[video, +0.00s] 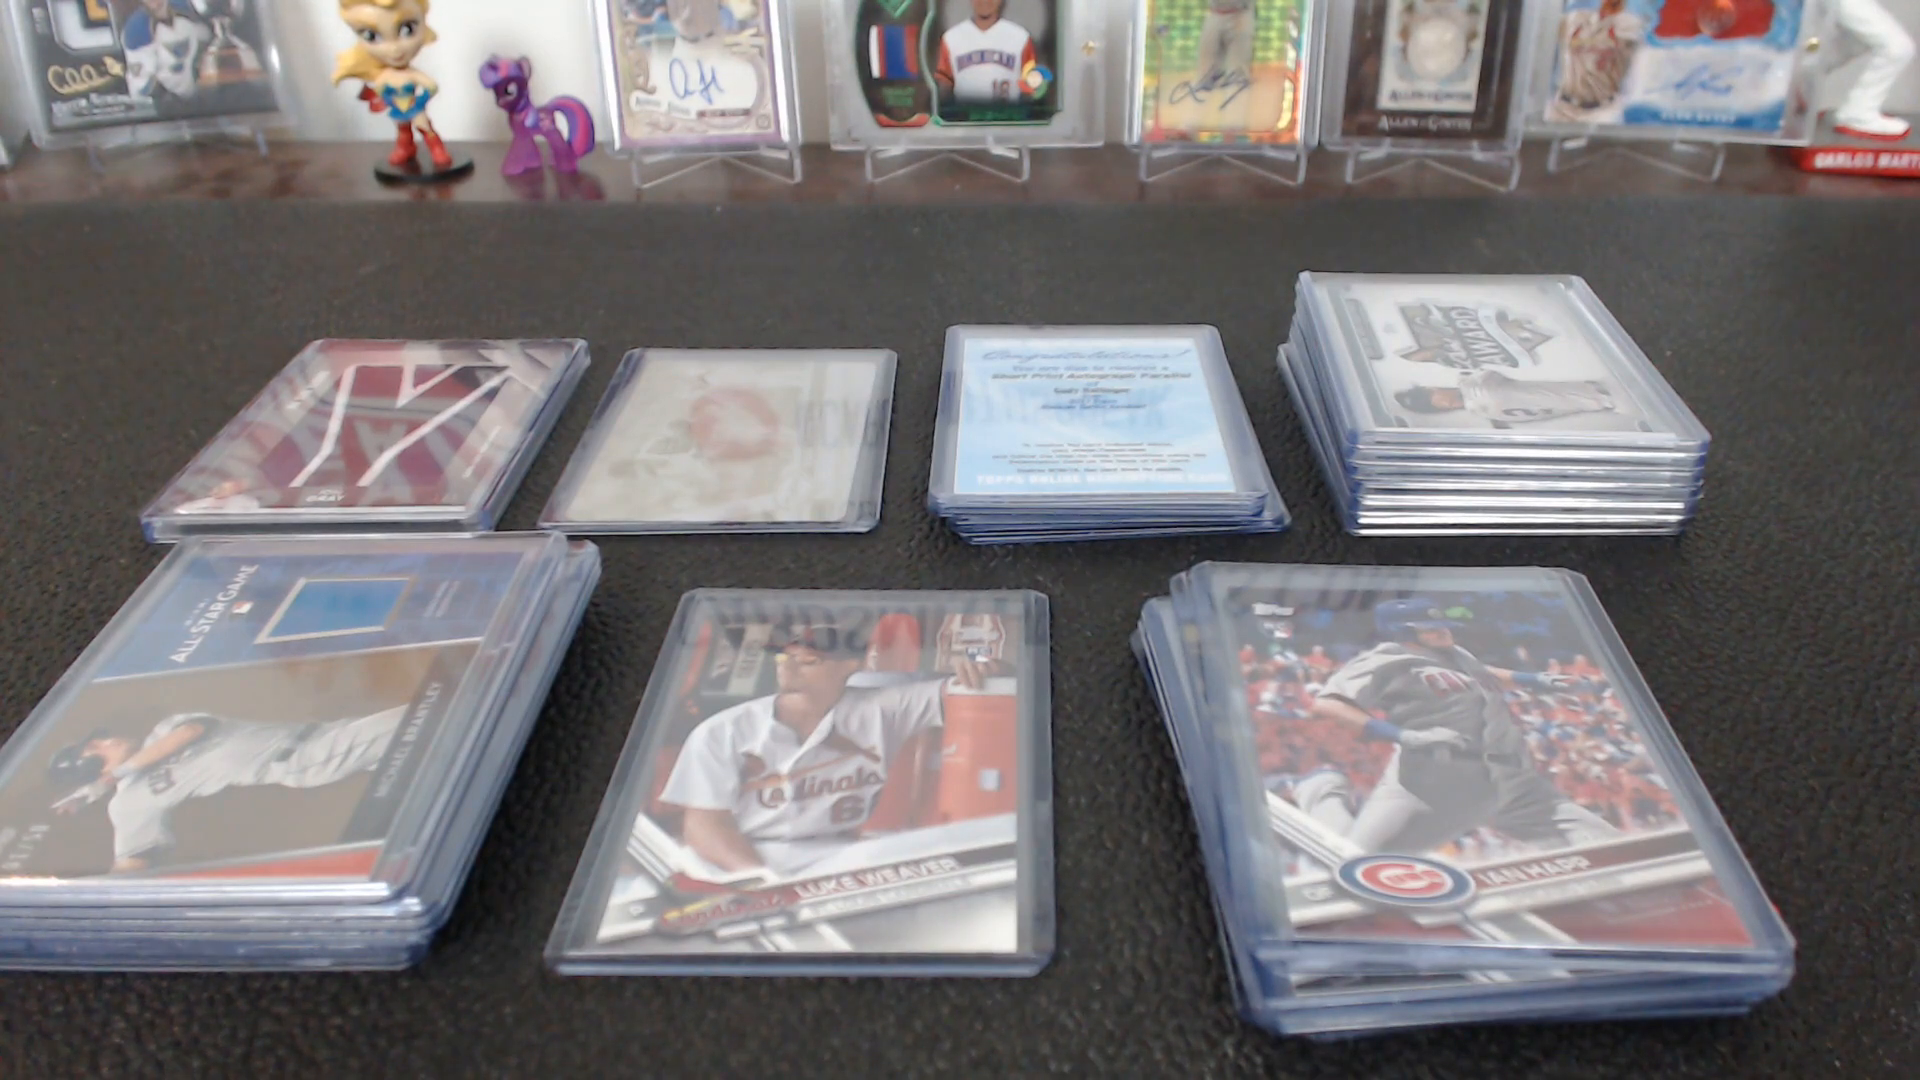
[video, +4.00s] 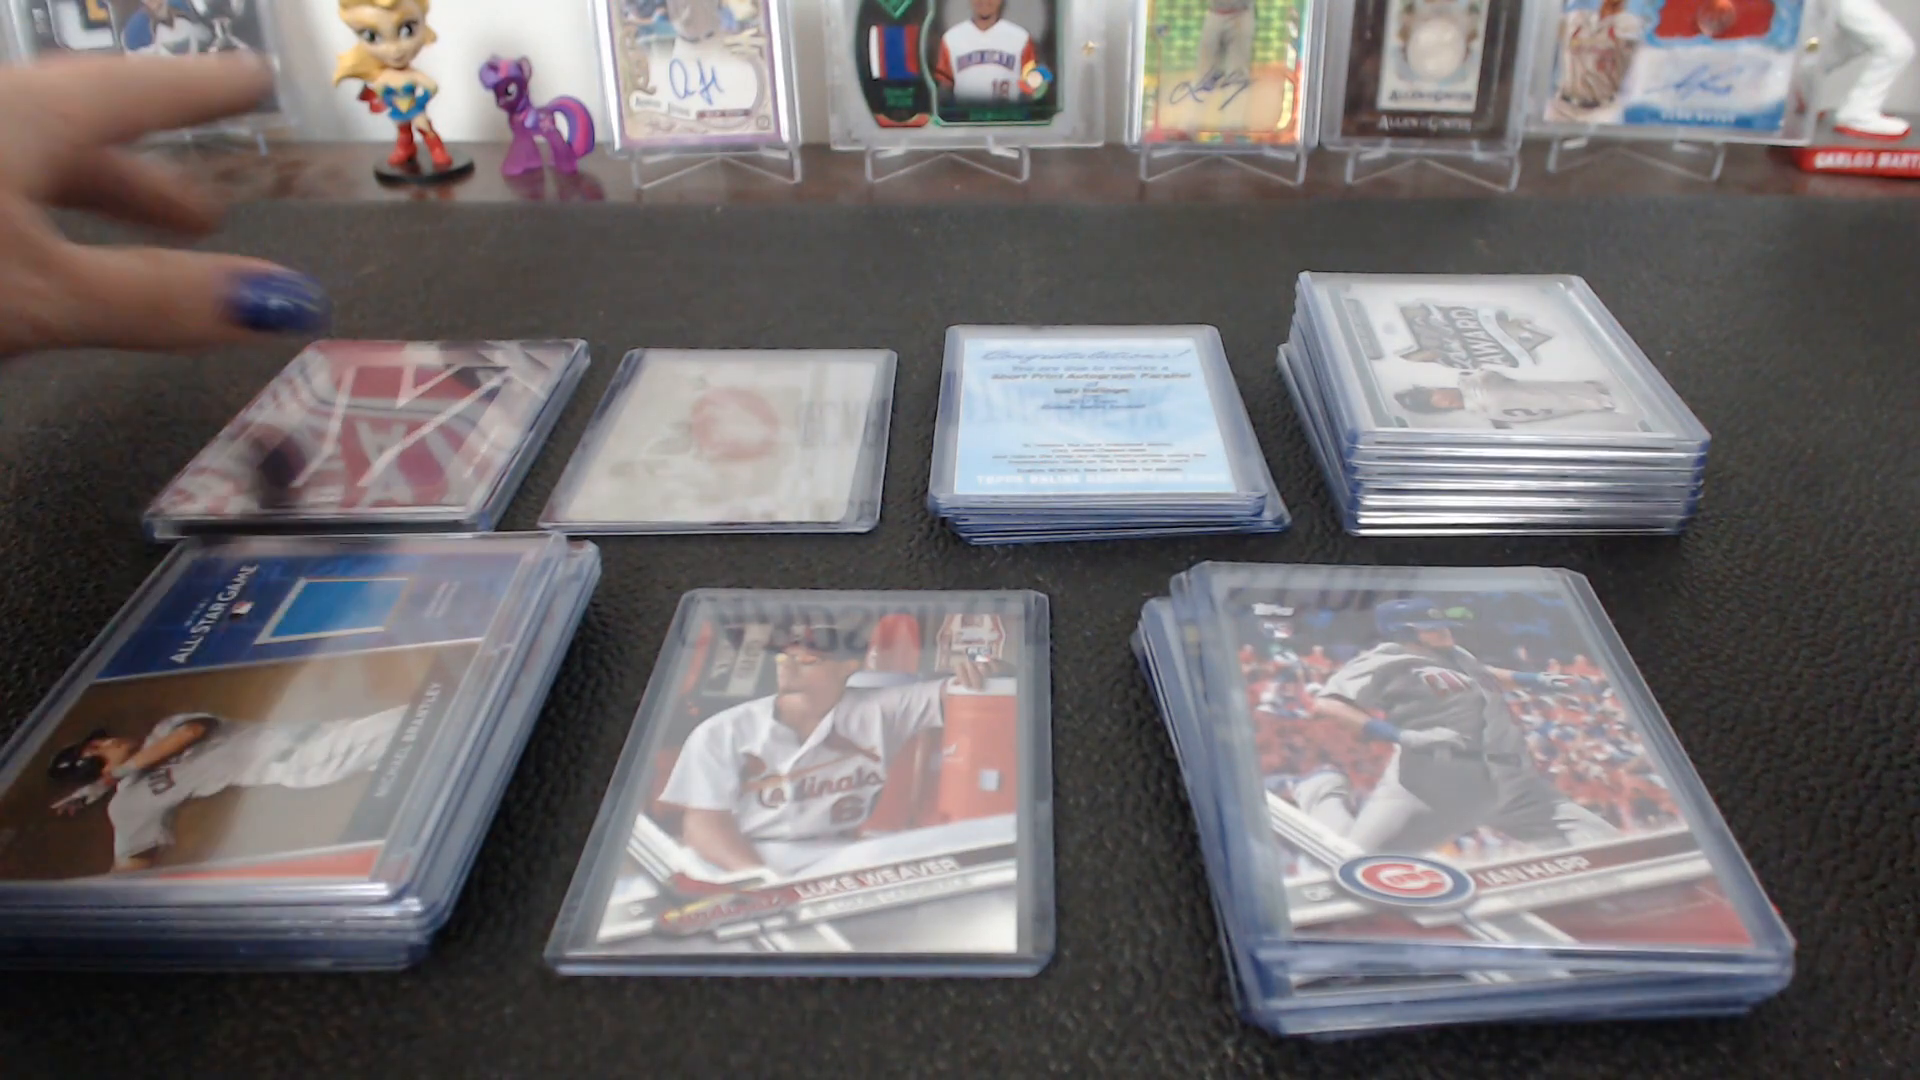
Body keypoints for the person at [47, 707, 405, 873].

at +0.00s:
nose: (110, 740)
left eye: (99, 739)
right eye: (100, 746)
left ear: (107, 742)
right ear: (100, 770)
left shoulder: (159, 727)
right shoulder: (131, 800)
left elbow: (192, 732)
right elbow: (130, 870)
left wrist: (115, 776)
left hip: (310, 732)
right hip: (298, 760)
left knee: (414, 721)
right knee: (412, 717)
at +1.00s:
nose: (109, 740)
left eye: (99, 739)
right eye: (99, 746)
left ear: (106, 744)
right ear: (99, 769)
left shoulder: (160, 729)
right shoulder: (131, 800)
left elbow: (193, 732)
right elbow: (130, 870)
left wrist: (116, 775)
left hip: (310, 732)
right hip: (298, 760)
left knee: (415, 720)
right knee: (413, 717)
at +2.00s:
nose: (111, 740)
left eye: (101, 739)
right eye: (101, 747)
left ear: (108, 742)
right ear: (100, 771)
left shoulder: (161, 729)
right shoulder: (131, 799)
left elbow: (193, 732)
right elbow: (129, 871)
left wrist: (119, 773)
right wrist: (82, 899)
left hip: (312, 733)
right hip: (299, 760)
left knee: (416, 722)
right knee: (414, 718)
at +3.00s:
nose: (112, 740)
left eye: (102, 740)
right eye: (102, 746)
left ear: (109, 741)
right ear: (101, 769)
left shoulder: (161, 729)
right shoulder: (131, 798)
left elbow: (192, 733)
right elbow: (130, 870)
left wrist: (114, 777)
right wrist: (85, 900)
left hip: (313, 732)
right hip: (301, 760)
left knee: (418, 720)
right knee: (416, 717)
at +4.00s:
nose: (115, 740)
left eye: (106, 739)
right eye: (105, 744)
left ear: (108, 745)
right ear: (101, 761)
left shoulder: (163, 727)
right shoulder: (130, 800)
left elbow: (196, 730)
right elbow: (130, 871)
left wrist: (118, 774)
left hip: (293, 731)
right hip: (286, 763)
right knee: (400, 724)